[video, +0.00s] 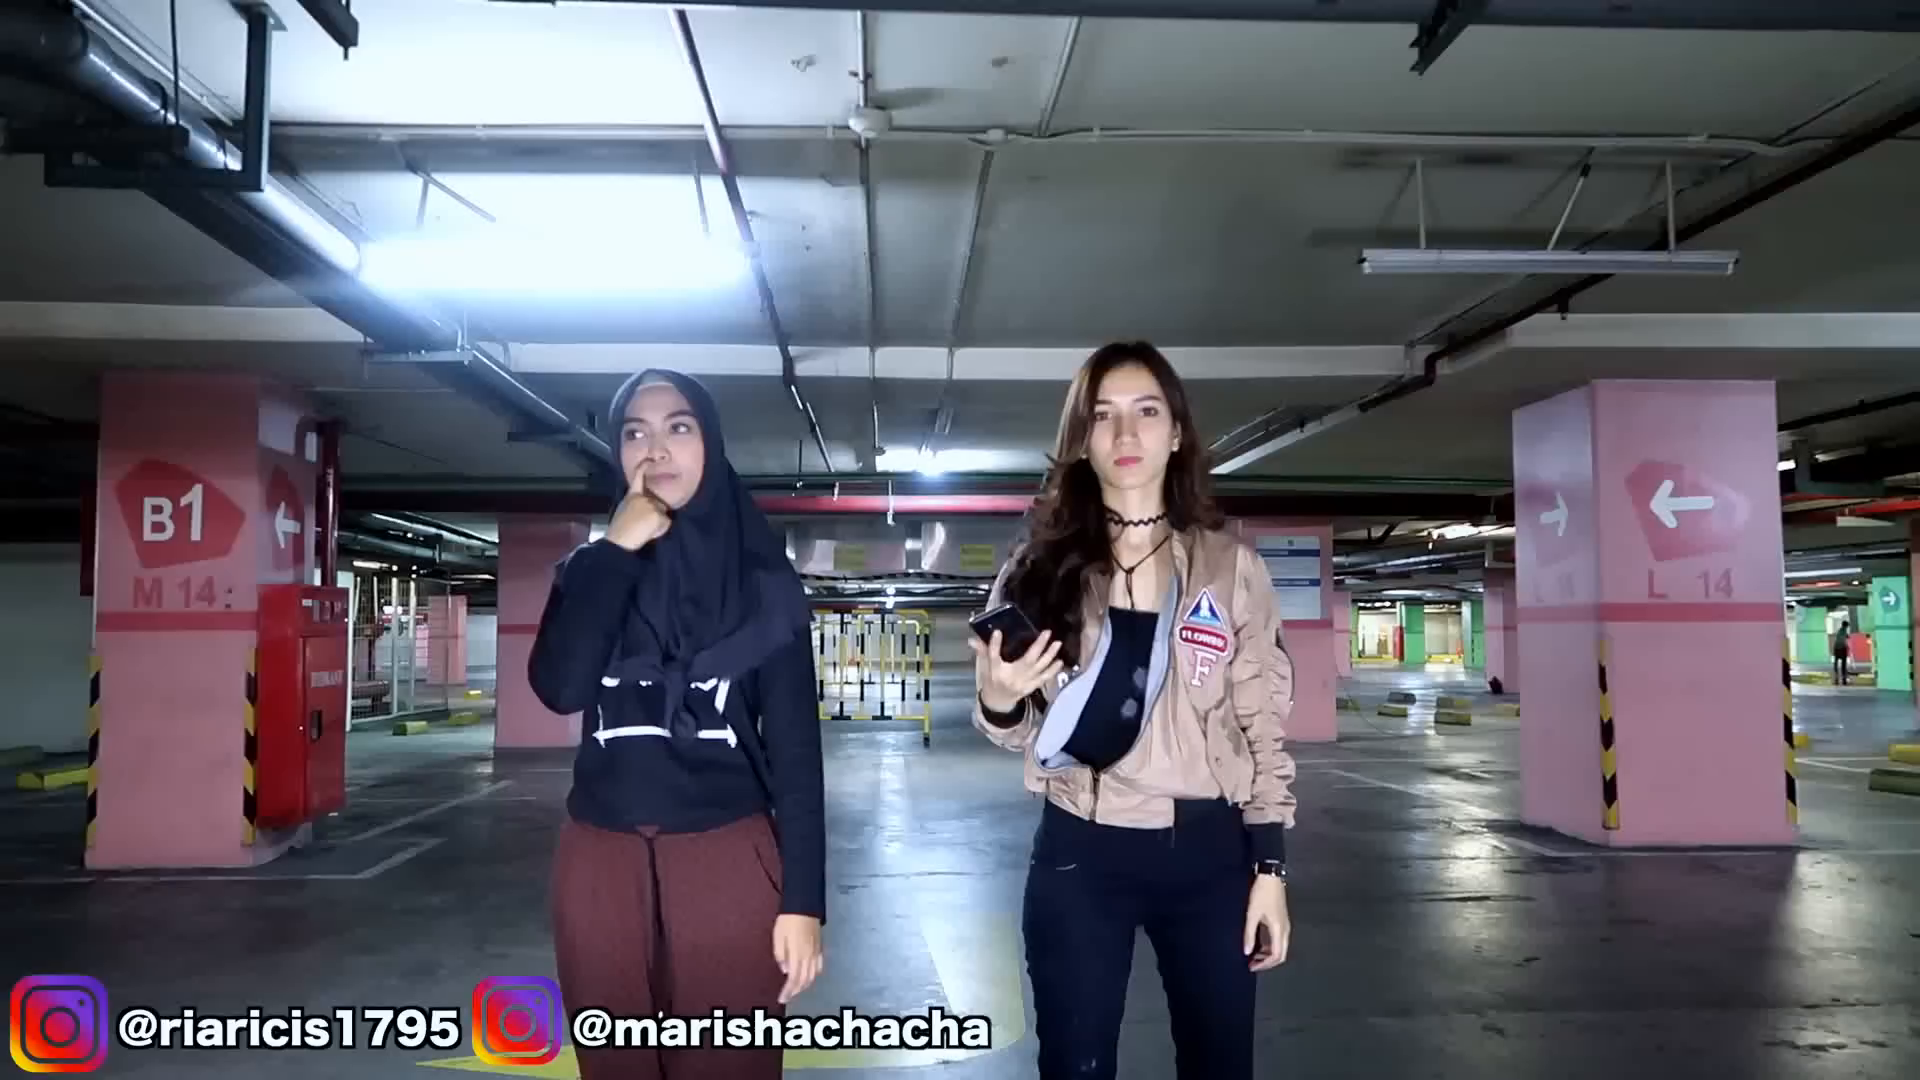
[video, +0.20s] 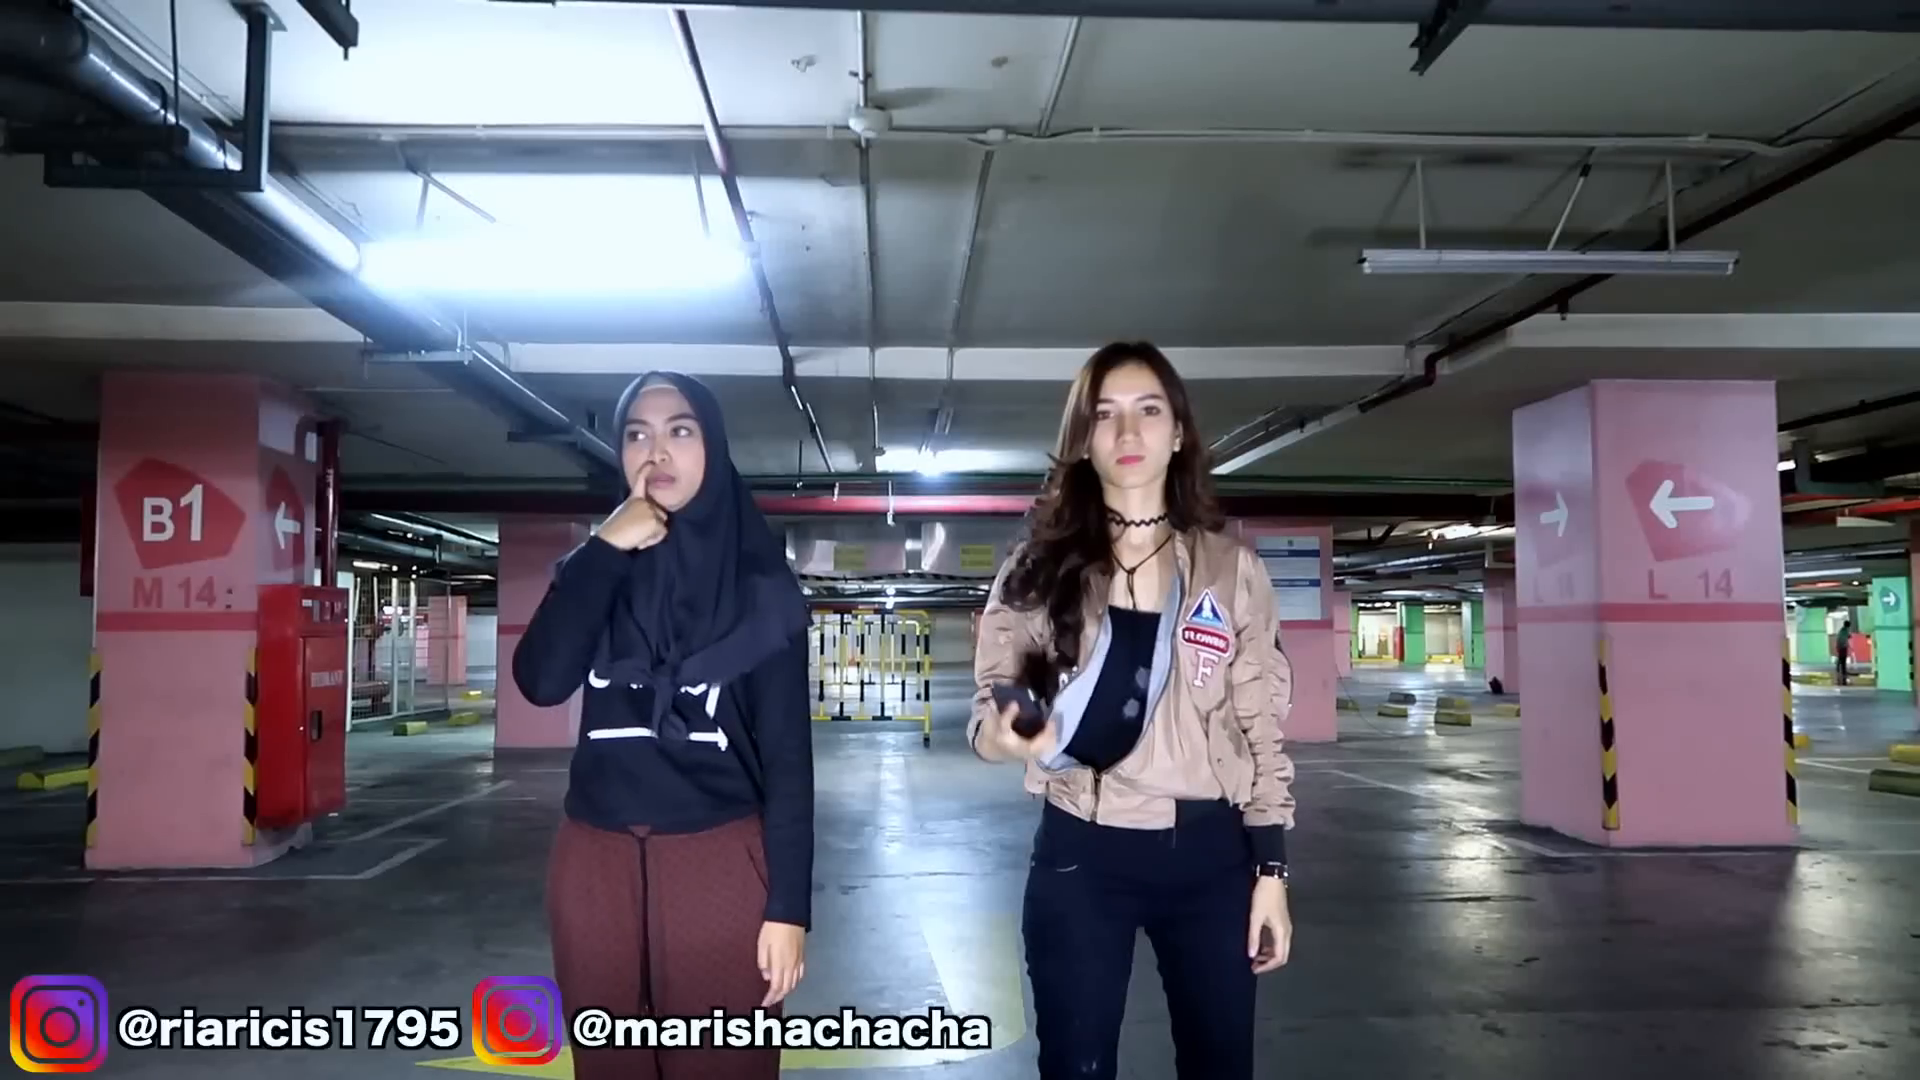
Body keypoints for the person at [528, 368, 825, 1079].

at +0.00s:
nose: (657, 448)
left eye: (679, 427)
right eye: (636, 431)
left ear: (710, 447)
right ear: (617, 454)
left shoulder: (760, 574)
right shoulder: (591, 568)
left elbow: (793, 745)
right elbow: (558, 687)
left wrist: (802, 901)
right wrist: (613, 550)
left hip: (726, 854)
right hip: (600, 855)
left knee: (730, 1063)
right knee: (611, 1064)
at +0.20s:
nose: (656, 450)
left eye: (679, 431)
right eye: (638, 433)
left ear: (713, 450)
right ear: (620, 455)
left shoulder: (758, 576)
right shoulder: (595, 565)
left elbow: (786, 756)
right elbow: (540, 681)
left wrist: (788, 909)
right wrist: (601, 551)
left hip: (717, 856)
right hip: (595, 855)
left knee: (721, 1063)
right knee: (605, 1064)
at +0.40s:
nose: (661, 448)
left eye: (684, 430)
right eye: (642, 431)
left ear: (717, 448)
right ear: (624, 451)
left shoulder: (761, 575)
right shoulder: (594, 561)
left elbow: (793, 749)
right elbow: (540, 674)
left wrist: (797, 903)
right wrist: (607, 543)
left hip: (723, 853)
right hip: (598, 852)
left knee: (728, 1063)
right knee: (607, 1063)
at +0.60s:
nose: (663, 444)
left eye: (687, 426)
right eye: (645, 427)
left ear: (720, 446)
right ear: (627, 447)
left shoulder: (763, 570)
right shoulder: (598, 556)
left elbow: (800, 746)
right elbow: (544, 668)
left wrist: (804, 896)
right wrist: (612, 535)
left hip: (730, 847)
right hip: (602, 848)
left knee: (738, 1062)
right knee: (614, 1062)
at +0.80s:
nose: (667, 439)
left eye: (690, 421)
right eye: (648, 423)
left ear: (723, 443)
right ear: (630, 445)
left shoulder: (767, 567)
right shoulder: (598, 555)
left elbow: (802, 739)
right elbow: (558, 670)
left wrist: (812, 896)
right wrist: (622, 534)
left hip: (740, 845)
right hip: (611, 848)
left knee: (747, 1061)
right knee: (624, 1063)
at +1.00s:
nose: (684, 445)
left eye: (706, 426)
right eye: (662, 427)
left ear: (732, 448)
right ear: (638, 448)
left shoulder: (771, 572)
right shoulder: (598, 558)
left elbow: (807, 742)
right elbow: (580, 676)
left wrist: (813, 892)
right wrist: (644, 545)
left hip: (746, 850)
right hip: (616, 852)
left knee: (751, 1063)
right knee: (627, 1063)